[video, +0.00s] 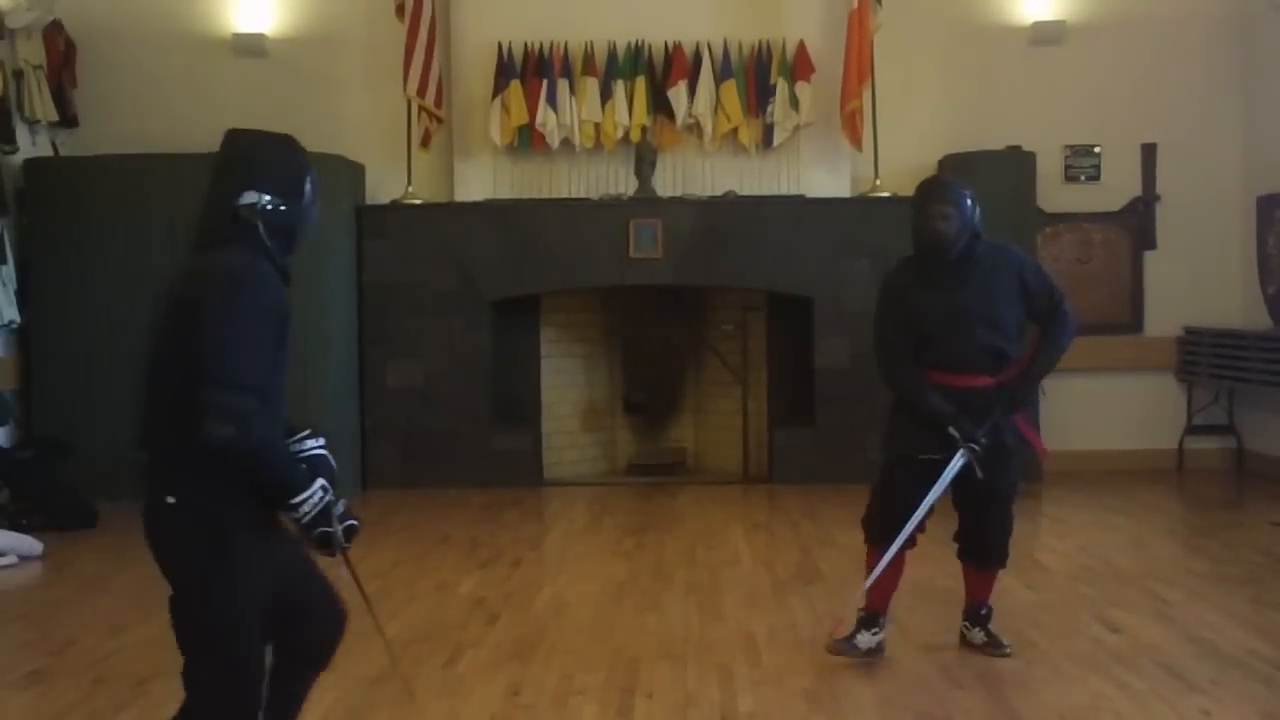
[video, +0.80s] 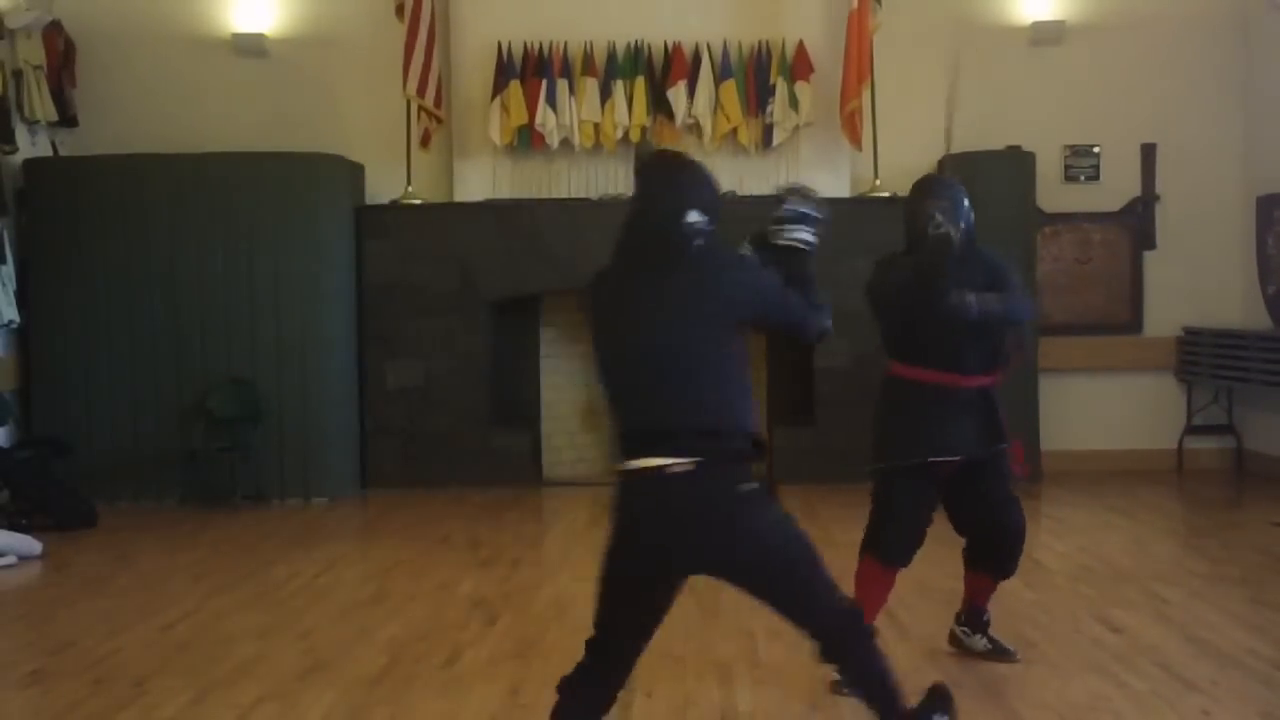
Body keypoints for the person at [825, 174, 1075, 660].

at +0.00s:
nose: (935, 227)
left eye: (946, 217)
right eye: (927, 217)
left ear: (970, 219)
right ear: (915, 221)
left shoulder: (1010, 267)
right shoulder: (903, 280)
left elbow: (1060, 323)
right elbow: (893, 362)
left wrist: (1018, 390)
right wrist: (949, 417)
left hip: (994, 410)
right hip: (924, 408)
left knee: (989, 521)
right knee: (889, 512)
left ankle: (976, 622)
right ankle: (871, 626)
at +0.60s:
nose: (905, 222)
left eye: (916, 212)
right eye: (896, 212)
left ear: (938, 217)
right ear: (879, 219)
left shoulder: (966, 272)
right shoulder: (863, 282)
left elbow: (1015, 337)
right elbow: (852, 362)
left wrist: (976, 373)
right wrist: (915, 373)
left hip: (952, 425)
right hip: (885, 427)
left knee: (983, 526)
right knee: (872, 536)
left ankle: (972, 603)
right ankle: (860, 646)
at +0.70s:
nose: (917, 222)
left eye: (927, 212)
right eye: (908, 212)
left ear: (948, 217)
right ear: (892, 219)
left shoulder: (973, 273)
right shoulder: (878, 276)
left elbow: (1011, 333)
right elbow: (876, 340)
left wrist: (963, 339)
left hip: (956, 424)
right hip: (891, 425)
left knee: (997, 526)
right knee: (878, 535)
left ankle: (980, 615)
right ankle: (859, 648)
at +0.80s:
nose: (942, 227)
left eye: (952, 216)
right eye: (930, 216)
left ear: (969, 219)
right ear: (913, 220)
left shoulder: (986, 268)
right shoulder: (894, 271)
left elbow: (1019, 312)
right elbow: (895, 307)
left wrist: (968, 303)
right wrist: (932, 259)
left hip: (973, 423)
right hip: (911, 423)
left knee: (999, 528)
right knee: (892, 533)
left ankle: (971, 624)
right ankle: (851, 645)